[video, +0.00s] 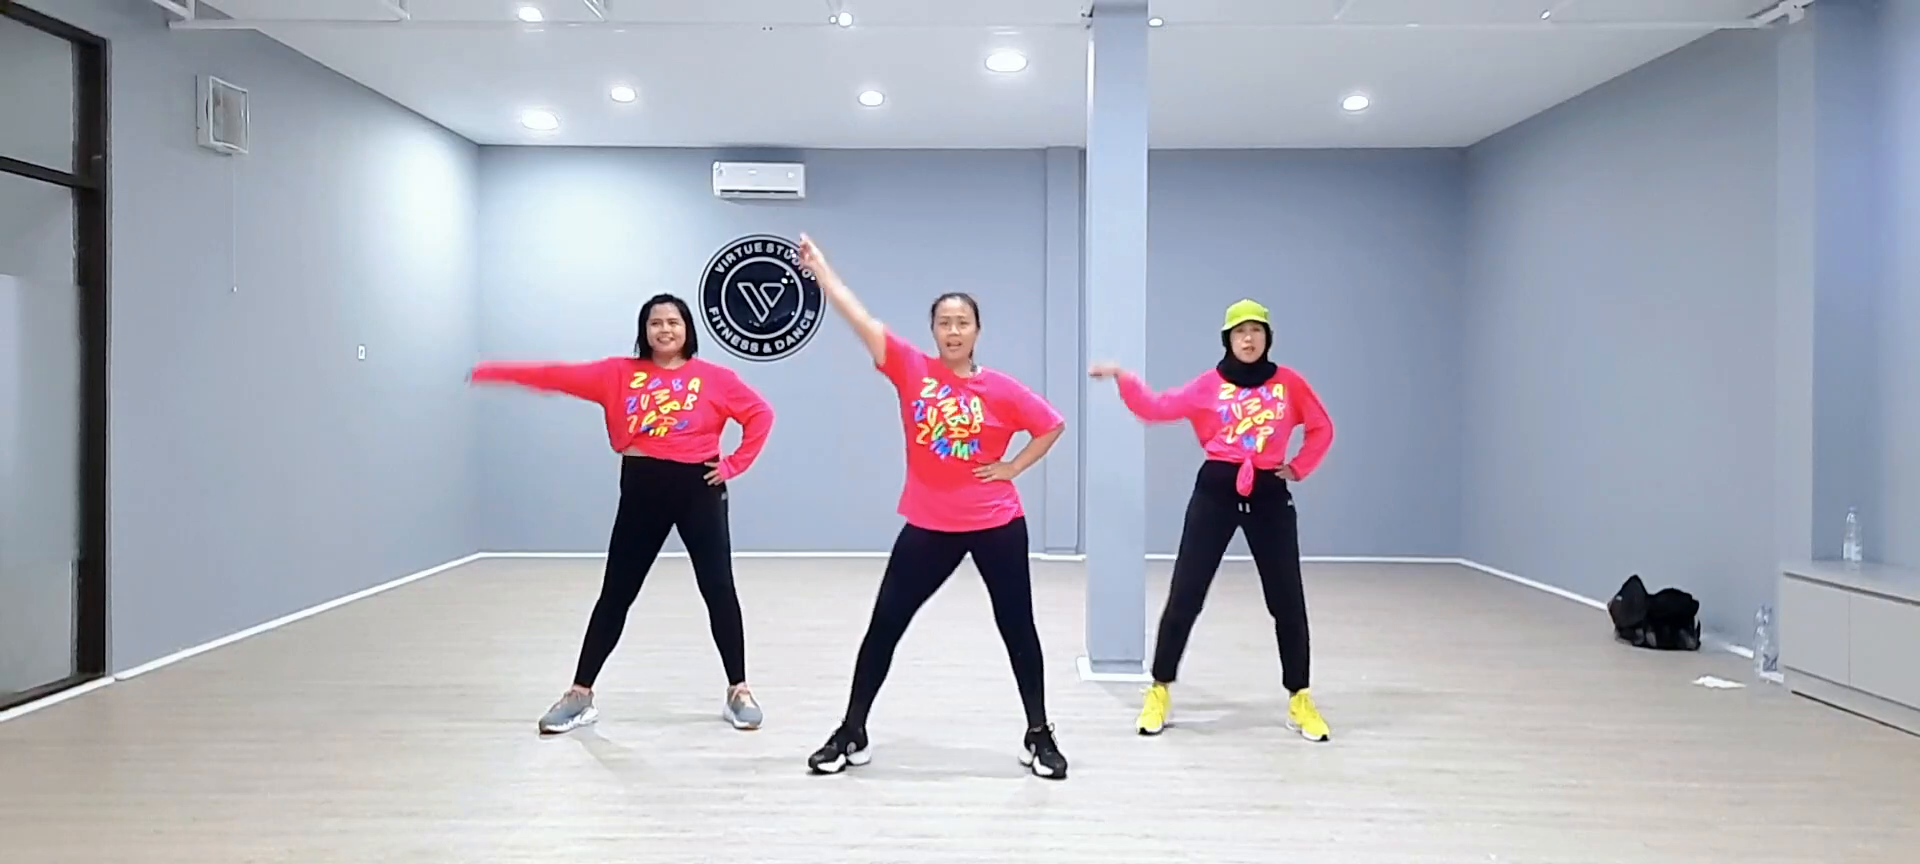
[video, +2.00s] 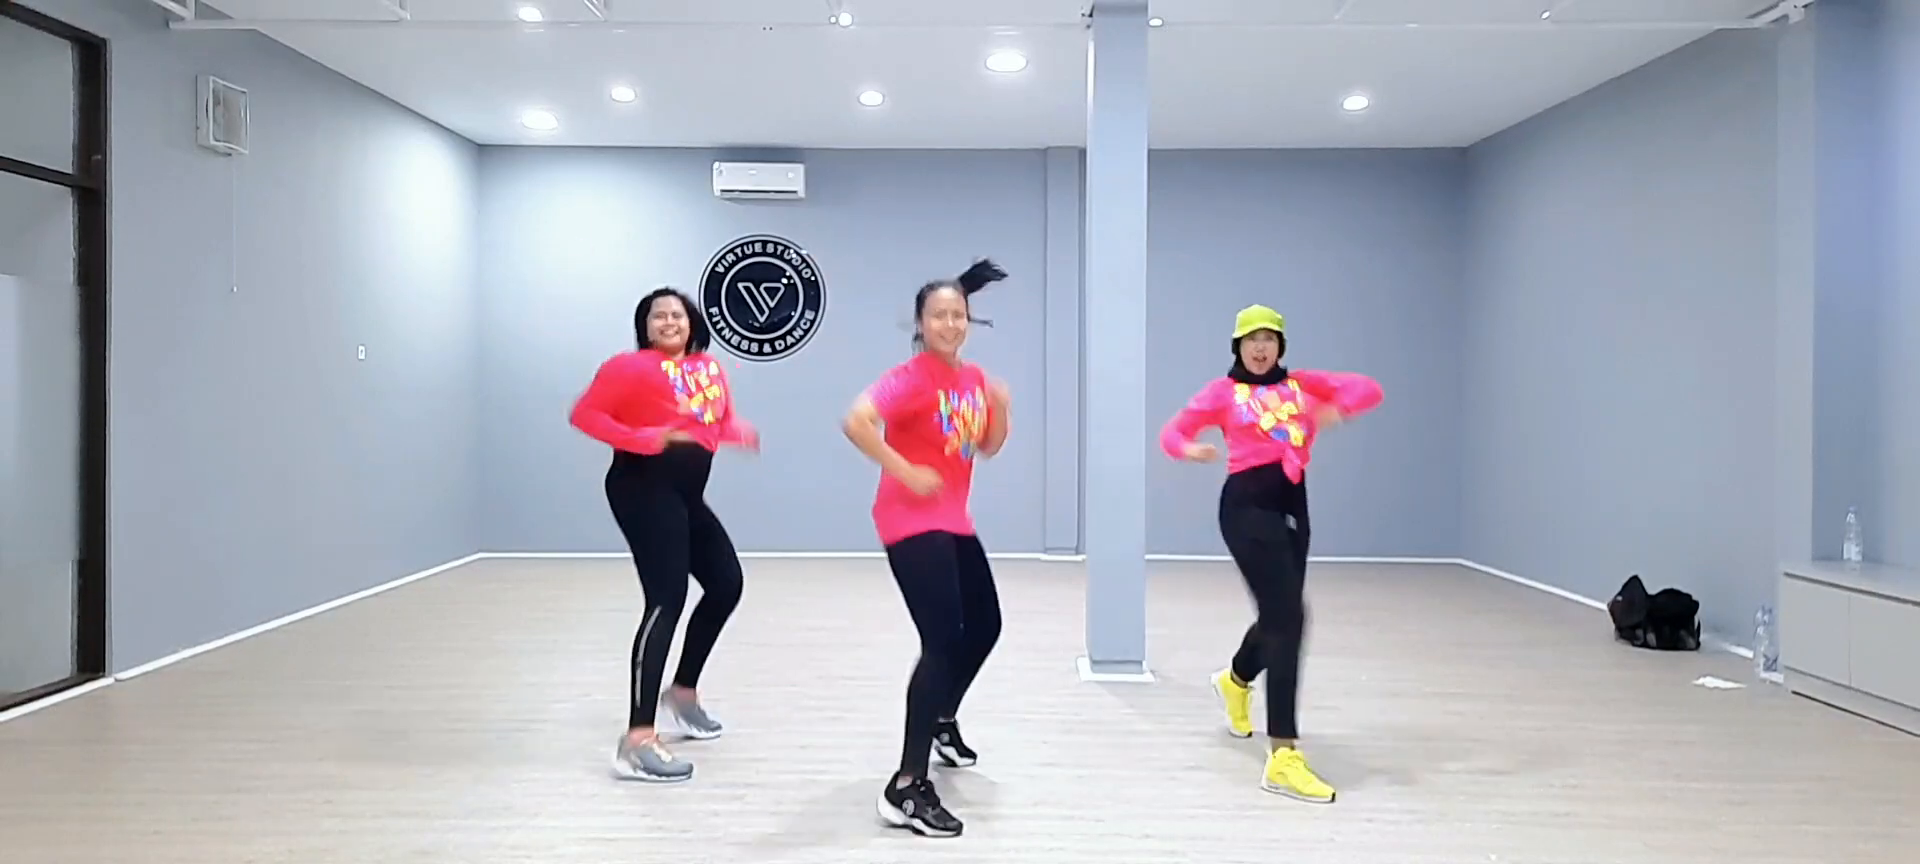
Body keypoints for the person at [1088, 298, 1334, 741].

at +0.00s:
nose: (1249, 339)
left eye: (1256, 331)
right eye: (1240, 332)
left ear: (1267, 337)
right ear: (1228, 338)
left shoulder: (1287, 382)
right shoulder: (1207, 386)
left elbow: (1321, 428)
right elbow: (1154, 409)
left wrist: (1296, 469)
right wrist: (1123, 377)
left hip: (1270, 496)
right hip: (1215, 493)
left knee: (1288, 601)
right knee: (1186, 595)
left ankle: (1300, 699)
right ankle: (1158, 693)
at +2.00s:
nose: (1260, 348)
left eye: (1268, 340)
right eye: (1251, 340)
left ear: (1281, 346)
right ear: (1238, 347)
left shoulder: (1302, 384)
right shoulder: (1224, 392)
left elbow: (1370, 389)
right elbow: (1171, 434)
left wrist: (1336, 410)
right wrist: (1187, 450)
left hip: (1291, 505)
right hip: (1246, 505)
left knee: (1283, 610)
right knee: (1285, 613)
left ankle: (1237, 679)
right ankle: (1283, 754)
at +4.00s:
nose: (1224, 337)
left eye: (1232, 329)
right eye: (1216, 329)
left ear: (1243, 334)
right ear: (1204, 333)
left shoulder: (1262, 371)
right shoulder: (1183, 367)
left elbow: (1295, 414)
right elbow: (1135, 343)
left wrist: (1278, 449)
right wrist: (1126, 298)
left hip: (1249, 487)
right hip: (1196, 486)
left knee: (1271, 591)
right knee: (1160, 583)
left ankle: (1296, 696)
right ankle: (1139, 691)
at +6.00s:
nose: (1208, 330)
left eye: (1211, 325)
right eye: (1210, 323)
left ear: (1222, 330)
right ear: (1255, 329)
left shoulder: (1212, 370)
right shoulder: (1279, 377)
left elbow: (1165, 422)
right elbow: (1314, 439)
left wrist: (1178, 384)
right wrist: (1288, 477)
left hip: (1218, 488)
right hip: (1268, 490)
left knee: (1219, 614)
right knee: (1248, 599)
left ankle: (1235, 737)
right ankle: (1283, 704)